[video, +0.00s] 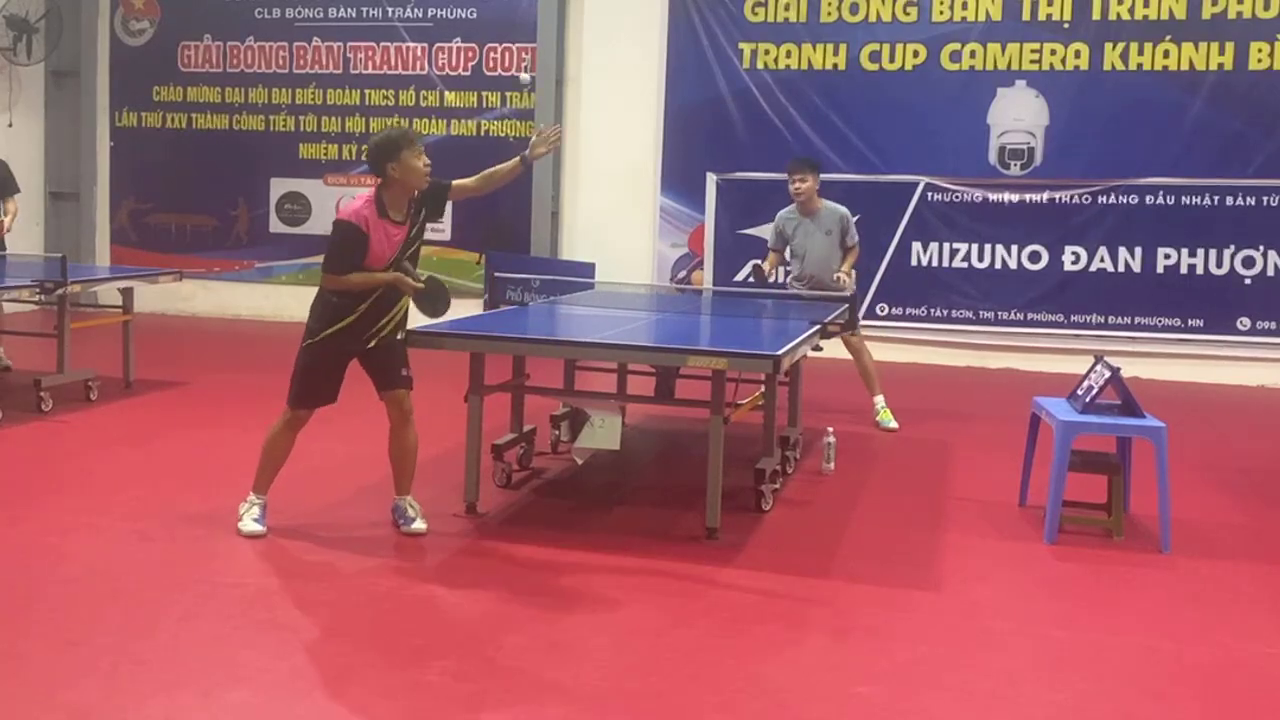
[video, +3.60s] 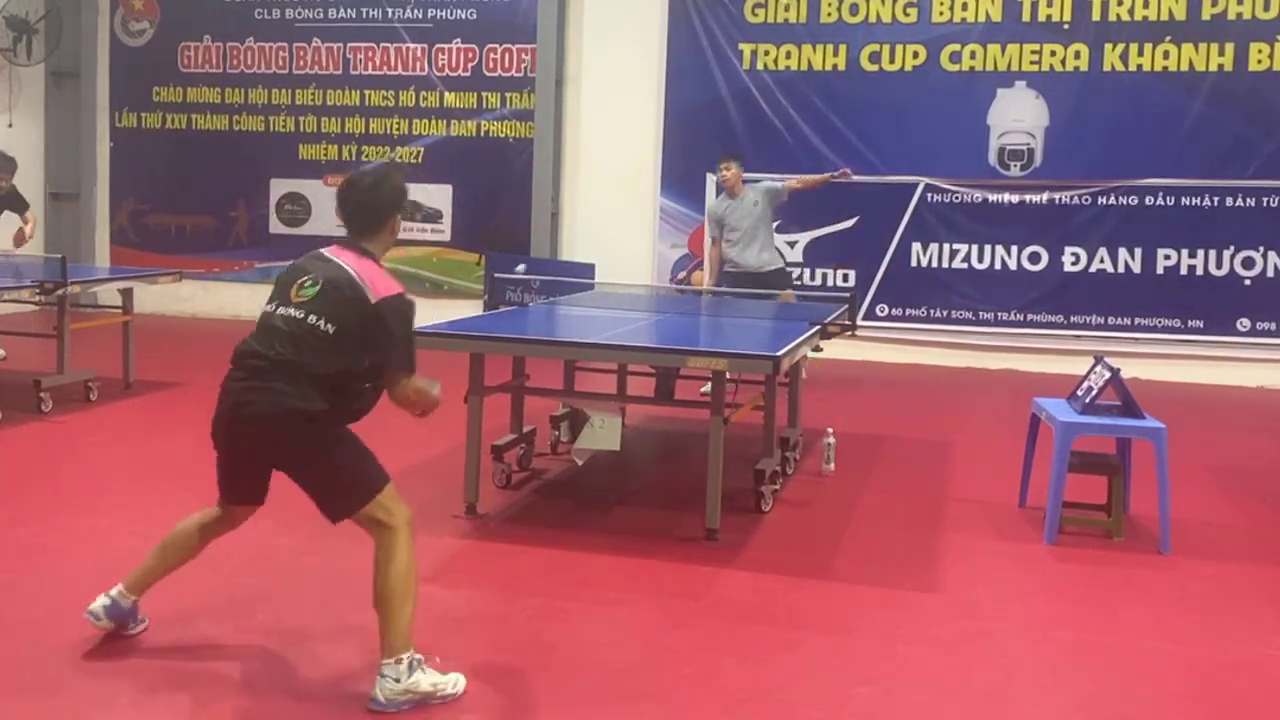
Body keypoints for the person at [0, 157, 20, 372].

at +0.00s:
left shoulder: (2, 168)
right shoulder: (3, 169)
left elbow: (10, 201)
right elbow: (10, 202)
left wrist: (8, 219)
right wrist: (8, 219)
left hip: (0, 248)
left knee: (1, 301)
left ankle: (1, 350)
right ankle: (1, 351)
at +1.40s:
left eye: (2, 134)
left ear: (14, 137)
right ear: (5, 137)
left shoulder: (32, 168)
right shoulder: (3, 167)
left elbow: (43, 202)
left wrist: (20, 221)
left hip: (26, 248)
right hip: (4, 248)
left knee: (31, 300)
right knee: (5, 300)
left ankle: (38, 347)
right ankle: (11, 345)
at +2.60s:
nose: (11, 143)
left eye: (16, 138)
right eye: (8, 139)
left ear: (31, 139)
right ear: (5, 140)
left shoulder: (52, 167)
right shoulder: (6, 169)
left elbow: (71, 200)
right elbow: (3, 201)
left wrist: (50, 223)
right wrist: (3, 212)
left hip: (50, 246)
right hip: (18, 246)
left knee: (51, 297)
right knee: (15, 296)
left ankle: (54, 345)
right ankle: (14, 346)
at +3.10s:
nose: (9, 143)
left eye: (15, 139)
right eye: (6, 139)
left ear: (28, 142)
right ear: (2, 142)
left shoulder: (43, 174)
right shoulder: (2, 169)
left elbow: (57, 207)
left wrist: (49, 231)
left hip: (32, 253)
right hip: (4, 253)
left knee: (42, 298)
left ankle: (52, 345)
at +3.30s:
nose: (2, 155)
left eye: (7, 151)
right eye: (0, 150)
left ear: (15, 155)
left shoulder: (18, 179)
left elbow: (25, 208)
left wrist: (32, 232)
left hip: (9, 252)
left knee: (25, 298)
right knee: (23, 299)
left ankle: (44, 346)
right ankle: (44, 346)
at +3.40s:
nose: (3, 165)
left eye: (6, 160)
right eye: (1, 160)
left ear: (12, 161)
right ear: (0, 160)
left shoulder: (12, 181)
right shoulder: (9, 181)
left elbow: (16, 208)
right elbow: (17, 208)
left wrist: (24, 233)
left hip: (3, 249)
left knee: (12, 294)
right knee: (11, 295)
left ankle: (25, 343)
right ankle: (24, 344)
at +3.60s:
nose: (3, 185)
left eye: (6, 181)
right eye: (1, 180)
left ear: (11, 179)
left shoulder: (10, 192)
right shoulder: (7, 193)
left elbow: (29, 219)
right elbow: (29, 218)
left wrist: (26, 233)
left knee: (1, 295)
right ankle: (0, 345)